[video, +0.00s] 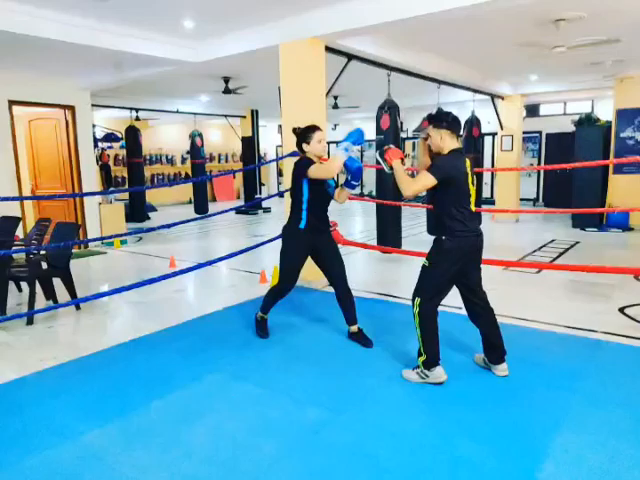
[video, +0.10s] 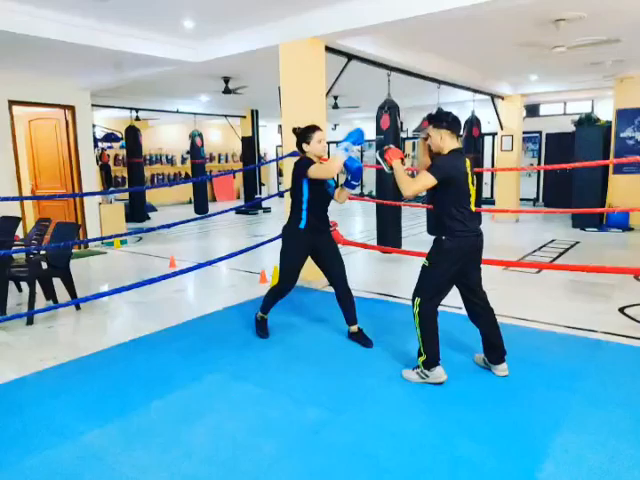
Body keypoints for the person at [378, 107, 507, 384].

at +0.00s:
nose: (428, 141)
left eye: (430, 135)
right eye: (428, 136)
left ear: (444, 135)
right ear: (452, 136)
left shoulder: (447, 164)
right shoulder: (463, 160)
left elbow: (409, 189)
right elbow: (430, 181)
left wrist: (395, 164)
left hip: (451, 244)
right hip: (471, 242)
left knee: (423, 301)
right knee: (476, 300)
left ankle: (430, 367)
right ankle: (497, 360)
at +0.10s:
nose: (428, 141)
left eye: (430, 135)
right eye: (428, 136)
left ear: (444, 135)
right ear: (452, 136)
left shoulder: (447, 164)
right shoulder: (463, 160)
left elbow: (409, 189)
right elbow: (430, 181)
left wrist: (395, 164)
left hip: (451, 244)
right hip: (471, 242)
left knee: (423, 301)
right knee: (476, 300)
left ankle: (430, 367)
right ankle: (497, 360)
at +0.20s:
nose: (428, 141)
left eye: (430, 135)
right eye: (428, 136)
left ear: (445, 135)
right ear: (451, 135)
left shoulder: (449, 164)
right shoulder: (461, 160)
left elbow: (426, 201)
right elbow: (429, 176)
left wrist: (406, 180)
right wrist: (415, 151)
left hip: (452, 244)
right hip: (472, 241)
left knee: (426, 303)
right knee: (477, 300)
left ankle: (430, 368)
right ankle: (496, 361)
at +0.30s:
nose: (430, 143)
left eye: (433, 137)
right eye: (430, 138)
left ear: (447, 136)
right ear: (452, 137)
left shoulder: (450, 166)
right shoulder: (464, 161)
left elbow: (433, 205)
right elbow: (433, 174)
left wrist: (409, 188)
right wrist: (410, 162)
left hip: (452, 244)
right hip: (472, 241)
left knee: (426, 304)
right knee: (477, 301)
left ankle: (429, 369)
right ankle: (496, 361)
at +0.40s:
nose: (430, 147)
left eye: (431, 142)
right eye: (429, 142)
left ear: (445, 140)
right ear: (451, 140)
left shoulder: (446, 169)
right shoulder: (466, 164)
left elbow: (445, 210)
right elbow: (460, 201)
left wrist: (415, 213)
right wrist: (429, 182)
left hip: (452, 245)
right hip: (474, 243)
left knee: (419, 298)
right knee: (481, 301)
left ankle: (428, 364)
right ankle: (496, 363)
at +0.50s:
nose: (425, 149)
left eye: (426, 144)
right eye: (424, 144)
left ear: (437, 143)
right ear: (447, 142)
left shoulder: (441, 170)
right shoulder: (460, 167)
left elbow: (437, 209)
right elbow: (455, 207)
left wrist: (404, 216)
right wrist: (418, 210)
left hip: (449, 246)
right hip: (471, 243)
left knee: (415, 296)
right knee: (480, 303)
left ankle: (423, 360)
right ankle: (495, 364)